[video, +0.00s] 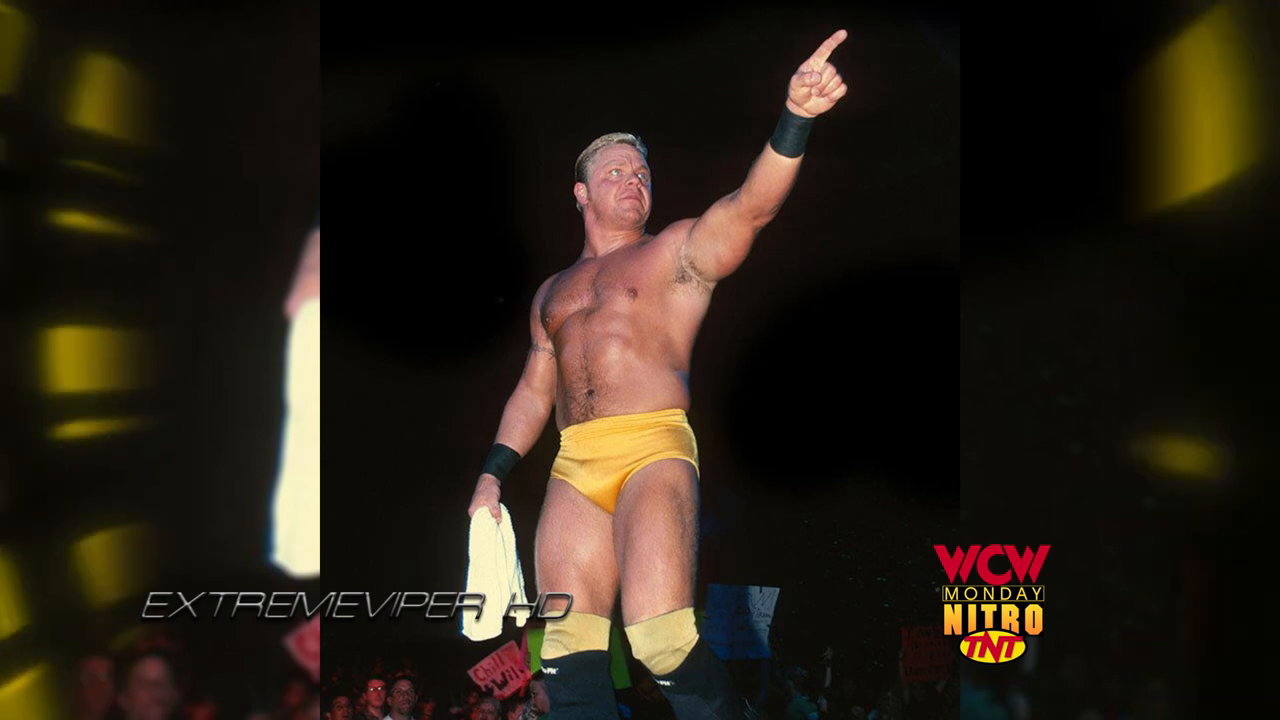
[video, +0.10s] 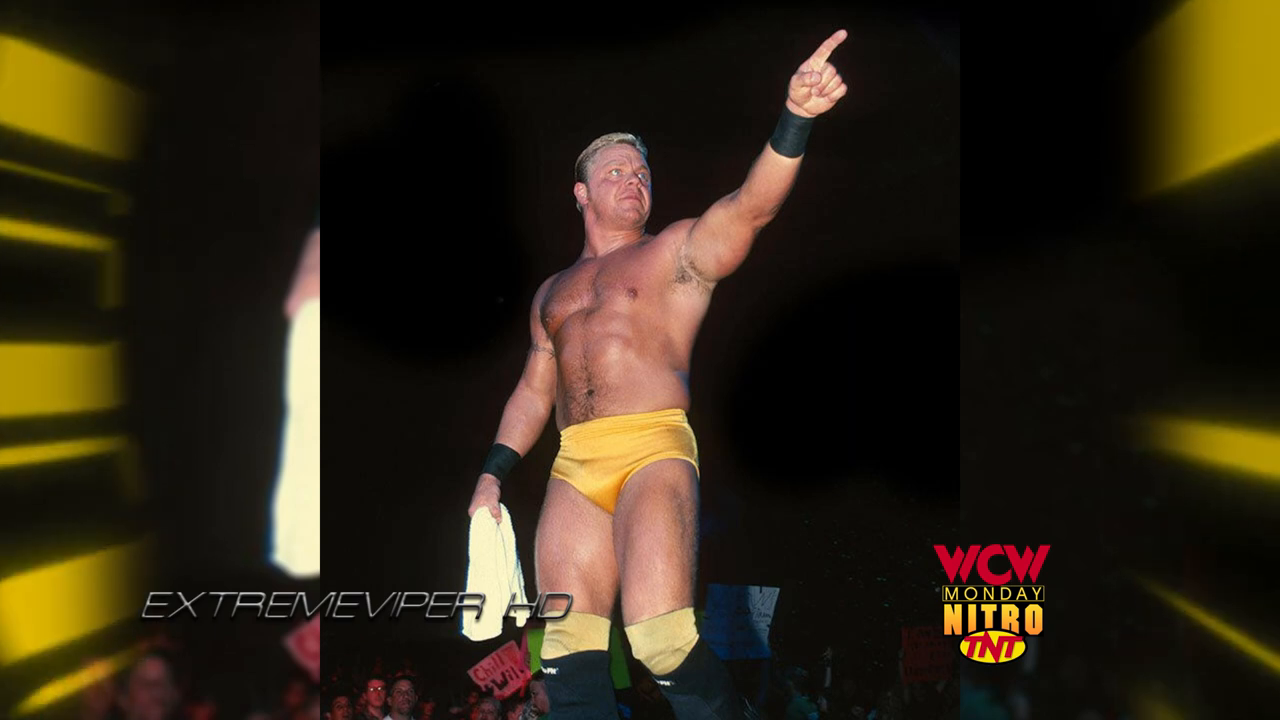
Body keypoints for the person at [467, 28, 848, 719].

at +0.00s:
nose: (631, 179)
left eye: (640, 172)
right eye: (614, 170)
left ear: (650, 194)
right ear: (580, 193)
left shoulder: (680, 253)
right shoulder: (552, 296)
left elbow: (753, 203)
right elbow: (534, 393)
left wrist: (797, 115)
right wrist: (490, 478)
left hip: (656, 448)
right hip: (575, 462)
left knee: (660, 637)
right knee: (568, 647)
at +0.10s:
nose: (632, 179)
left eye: (640, 172)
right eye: (615, 170)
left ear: (650, 194)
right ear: (581, 193)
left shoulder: (680, 254)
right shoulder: (552, 296)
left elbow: (753, 203)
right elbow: (534, 394)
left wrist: (797, 116)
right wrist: (490, 478)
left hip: (656, 448)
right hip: (575, 462)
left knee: (660, 637)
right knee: (568, 647)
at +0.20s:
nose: (632, 179)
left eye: (640, 172)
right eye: (615, 170)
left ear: (650, 194)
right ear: (581, 193)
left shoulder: (680, 254)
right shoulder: (552, 296)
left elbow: (753, 203)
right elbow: (534, 394)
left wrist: (797, 116)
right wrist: (490, 478)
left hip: (656, 448)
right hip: (575, 462)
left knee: (660, 636)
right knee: (568, 647)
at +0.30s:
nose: (632, 179)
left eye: (640, 172)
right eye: (615, 170)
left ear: (650, 194)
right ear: (581, 193)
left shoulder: (680, 254)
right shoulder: (552, 296)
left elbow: (753, 203)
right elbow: (534, 394)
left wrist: (797, 116)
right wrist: (490, 478)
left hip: (656, 448)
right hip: (575, 462)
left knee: (660, 636)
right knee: (568, 647)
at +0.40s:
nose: (631, 179)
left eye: (640, 172)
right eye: (614, 170)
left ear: (650, 194)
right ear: (580, 193)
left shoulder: (680, 253)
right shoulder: (552, 296)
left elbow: (753, 203)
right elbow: (534, 393)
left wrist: (797, 115)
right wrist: (490, 478)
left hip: (656, 448)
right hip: (575, 462)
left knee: (660, 637)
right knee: (568, 647)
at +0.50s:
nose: (631, 179)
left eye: (640, 172)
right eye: (614, 170)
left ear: (650, 194)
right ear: (580, 193)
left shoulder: (680, 253)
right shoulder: (552, 296)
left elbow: (753, 203)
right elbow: (534, 393)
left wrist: (797, 115)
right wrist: (490, 478)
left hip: (656, 448)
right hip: (575, 462)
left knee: (660, 637)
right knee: (568, 647)